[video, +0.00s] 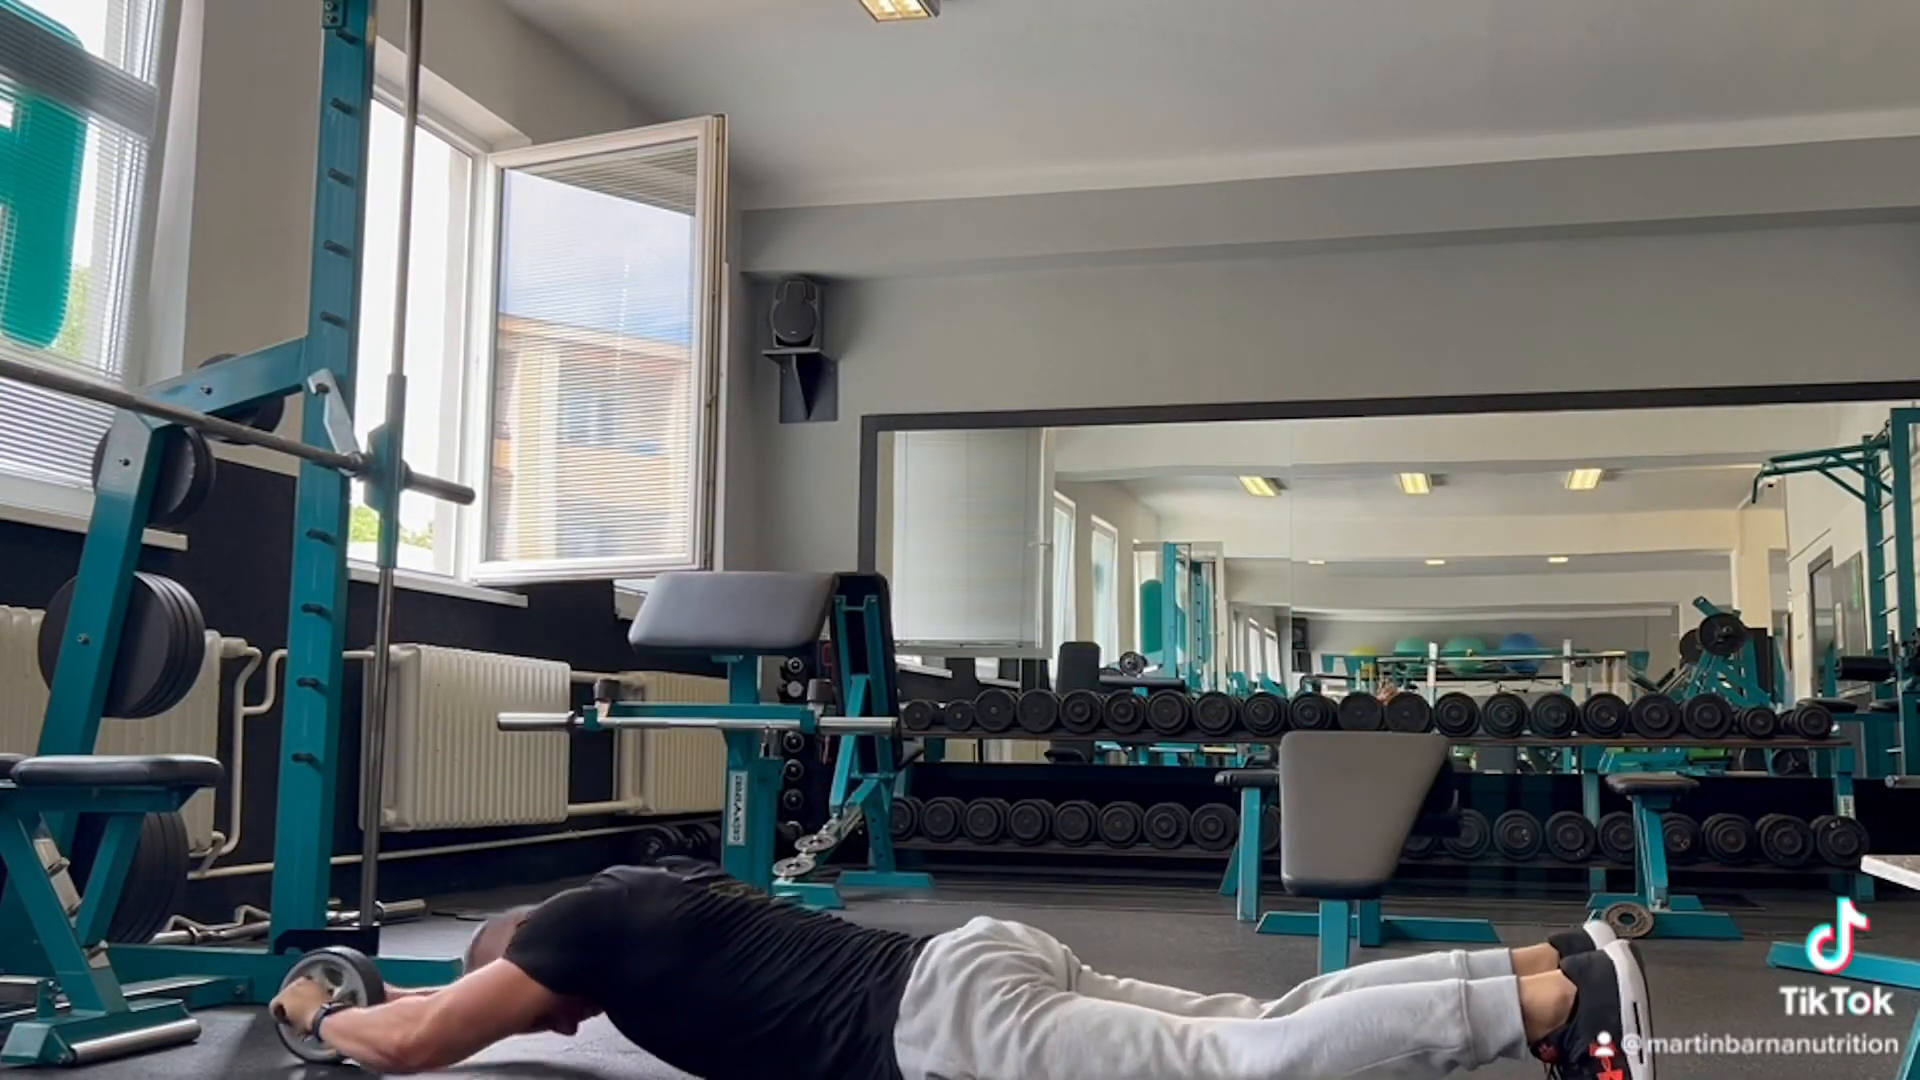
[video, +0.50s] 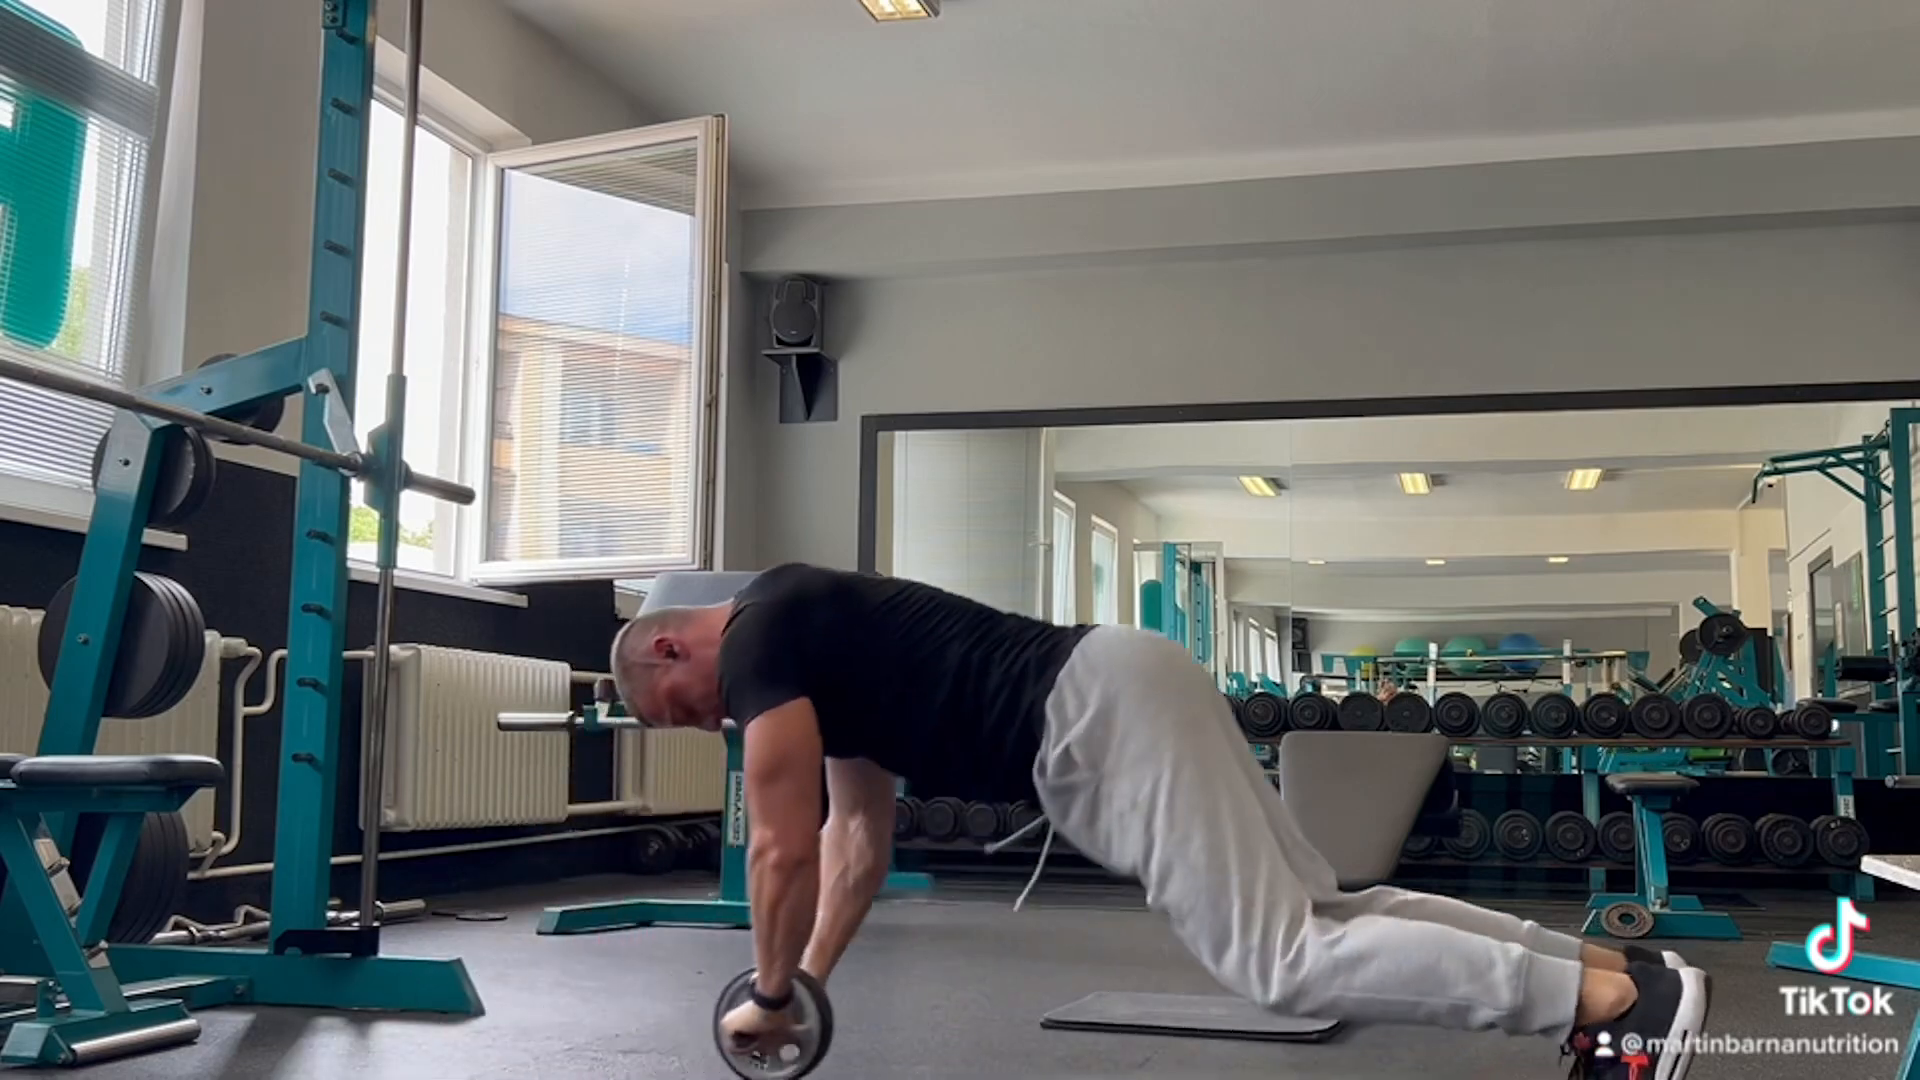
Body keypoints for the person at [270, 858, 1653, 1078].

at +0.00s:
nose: (496, 986)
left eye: (498, 969)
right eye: (496, 974)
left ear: (534, 925)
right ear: (579, 898)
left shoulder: (598, 920)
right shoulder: (663, 913)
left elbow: (403, 1047)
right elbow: (557, 1025)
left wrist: (327, 1013)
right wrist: (421, 1026)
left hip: (938, 1009)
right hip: (959, 961)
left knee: (1240, 1049)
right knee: (1240, 1022)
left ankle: (1534, 997)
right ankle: (1526, 991)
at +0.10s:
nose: (524, 928)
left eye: (516, 907)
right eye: (519, 920)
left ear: (539, 861)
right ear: (568, 866)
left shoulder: (600, 859)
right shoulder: (663, 857)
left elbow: (437, 1014)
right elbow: (574, 967)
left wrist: (374, 1008)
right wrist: (439, 1002)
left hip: (948, 1001)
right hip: (979, 958)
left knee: (1239, 1054)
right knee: (1243, 1026)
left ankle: (1538, 984)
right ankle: (1538, 977)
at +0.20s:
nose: (550, 851)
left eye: (542, 830)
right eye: (544, 842)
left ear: (564, 783)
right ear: (598, 781)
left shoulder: (633, 791)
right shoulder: (693, 793)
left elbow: (539, 950)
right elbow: (628, 932)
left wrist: (458, 1010)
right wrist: (495, 988)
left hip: (963, 948)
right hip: (998, 912)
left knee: (1225, 1060)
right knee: (1244, 1028)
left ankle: (1537, 981)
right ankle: (1535, 986)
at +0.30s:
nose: (604, 792)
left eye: (591, 769)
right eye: (594, 784)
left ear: (603, 705)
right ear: (637, 708)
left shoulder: (680, 699)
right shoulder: (745, 729)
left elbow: (618, 913)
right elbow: (694, 910)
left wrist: (558, 1000)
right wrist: (594, 987)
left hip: (999, 862)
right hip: (1018, 869)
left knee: (1227, 1058)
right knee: (1262, 1011)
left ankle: (1537, 1010)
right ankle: (1523, 978)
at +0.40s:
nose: (635, 736)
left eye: (619, 710)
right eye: (624, 726)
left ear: (633, 656)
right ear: (659, 656)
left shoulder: (719, 651)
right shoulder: (788, 676)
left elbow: (708, 859)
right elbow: (778, 880)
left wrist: (674, 982)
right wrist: (702, 987)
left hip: (1033, 795)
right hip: (1067, 771)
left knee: (1236, 1039)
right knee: (1279, 981)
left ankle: (1554, 1003)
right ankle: (1554, 979)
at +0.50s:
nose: (672, 725)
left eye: (655, 704)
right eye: (660, 715)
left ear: (666, 648)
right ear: (690, 643)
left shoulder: (765, 630)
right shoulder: (823, 641)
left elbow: (786, 844)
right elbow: (852, 847)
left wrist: (772, 995)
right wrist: (799, 988)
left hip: (1104, 703)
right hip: (1120, 703)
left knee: (1284, 960)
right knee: (1310, 917)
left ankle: (1604, 994)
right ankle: (1598, 971)